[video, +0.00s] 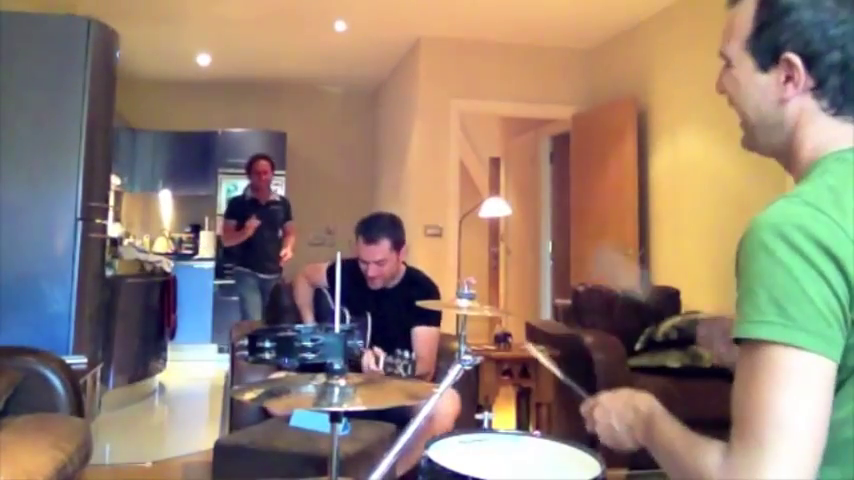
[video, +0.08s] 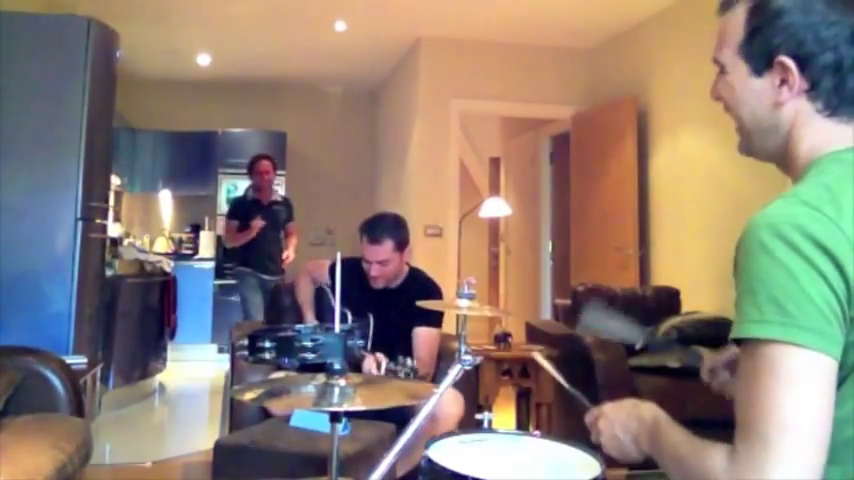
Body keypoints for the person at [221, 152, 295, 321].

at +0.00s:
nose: (262, 178)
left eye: (266, 173)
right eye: (257, 173)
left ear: (272, 175)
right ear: (249, 176)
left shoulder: (281, 204)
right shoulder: (237, 203)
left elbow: (289, 230)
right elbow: (226, 239)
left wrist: (287, 248)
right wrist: (245, 233)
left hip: (273, 271)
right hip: (246, 270)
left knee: (274, 322)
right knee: (254, 323)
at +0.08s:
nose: (264, 178)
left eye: (267, 173)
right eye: (259, 173)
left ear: (274, 175)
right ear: (251, 176)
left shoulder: (283, 204)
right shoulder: (240, 204)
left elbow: (291, 232)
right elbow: (229, 239)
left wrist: (290, 250)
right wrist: (251, 232)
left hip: (275, 272)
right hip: (248, 270)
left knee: (275, 324)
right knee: (255, 323)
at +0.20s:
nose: (268, 180)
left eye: (271, 175)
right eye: (263, 176)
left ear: (277, 176)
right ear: (254, 178)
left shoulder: (286, 204)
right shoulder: (244, 204)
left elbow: (293, 235)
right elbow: (232, 242)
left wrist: (295, 258)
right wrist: (255, 235)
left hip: (281, 275)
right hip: (253, 273)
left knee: (282, 326)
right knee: (259, 325)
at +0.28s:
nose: (269, 179)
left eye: (273, 174)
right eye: (264, 175)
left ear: (279, 175)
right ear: (255, 178)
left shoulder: (288, 206)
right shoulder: (245, 206)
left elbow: (295, 237)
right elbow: (233, 243)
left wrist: (299, 265)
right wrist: (257, 238)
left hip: (283, 276)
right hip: (255, 275)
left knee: (285, 327)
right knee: (260, 326)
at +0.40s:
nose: (272, 175)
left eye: (275, 170)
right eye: (267, 171)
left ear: (282, 172)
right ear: (258, 175)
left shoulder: (291, 204)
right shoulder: (248, 204)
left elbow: (300, 238)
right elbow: (234, 242)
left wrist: (305, 270)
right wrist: (260, 237)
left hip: (284, 275)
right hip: (256, 273)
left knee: (284, 326)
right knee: (260, 325)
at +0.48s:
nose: (274, 174)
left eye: (277, 169)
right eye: (268, 170)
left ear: (284, 170)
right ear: (260, 174)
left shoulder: (293, 203)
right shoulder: (250, 202)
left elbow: (303, 238)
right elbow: (236, 241)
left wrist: (309, 268)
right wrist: (262, 235)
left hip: (284, 276)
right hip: (256, 274)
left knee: (283, 327)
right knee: (260, 326)